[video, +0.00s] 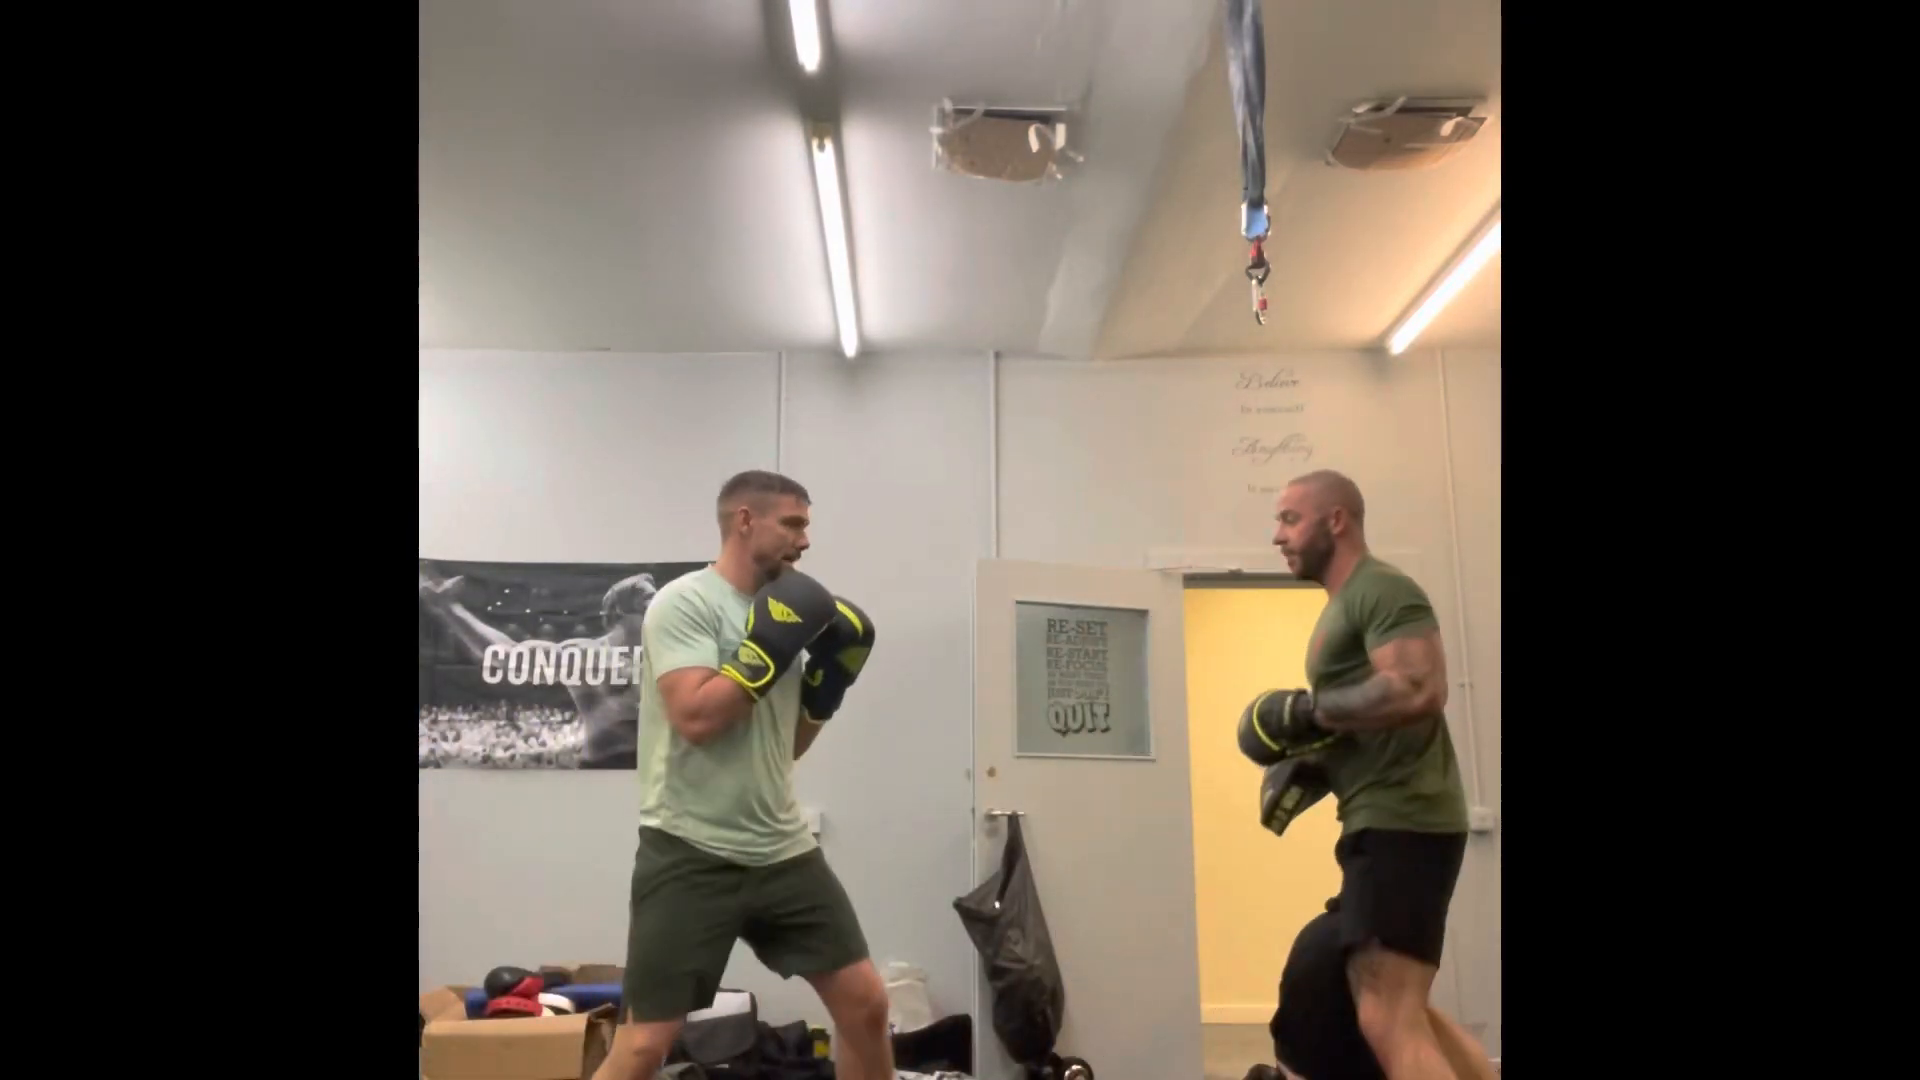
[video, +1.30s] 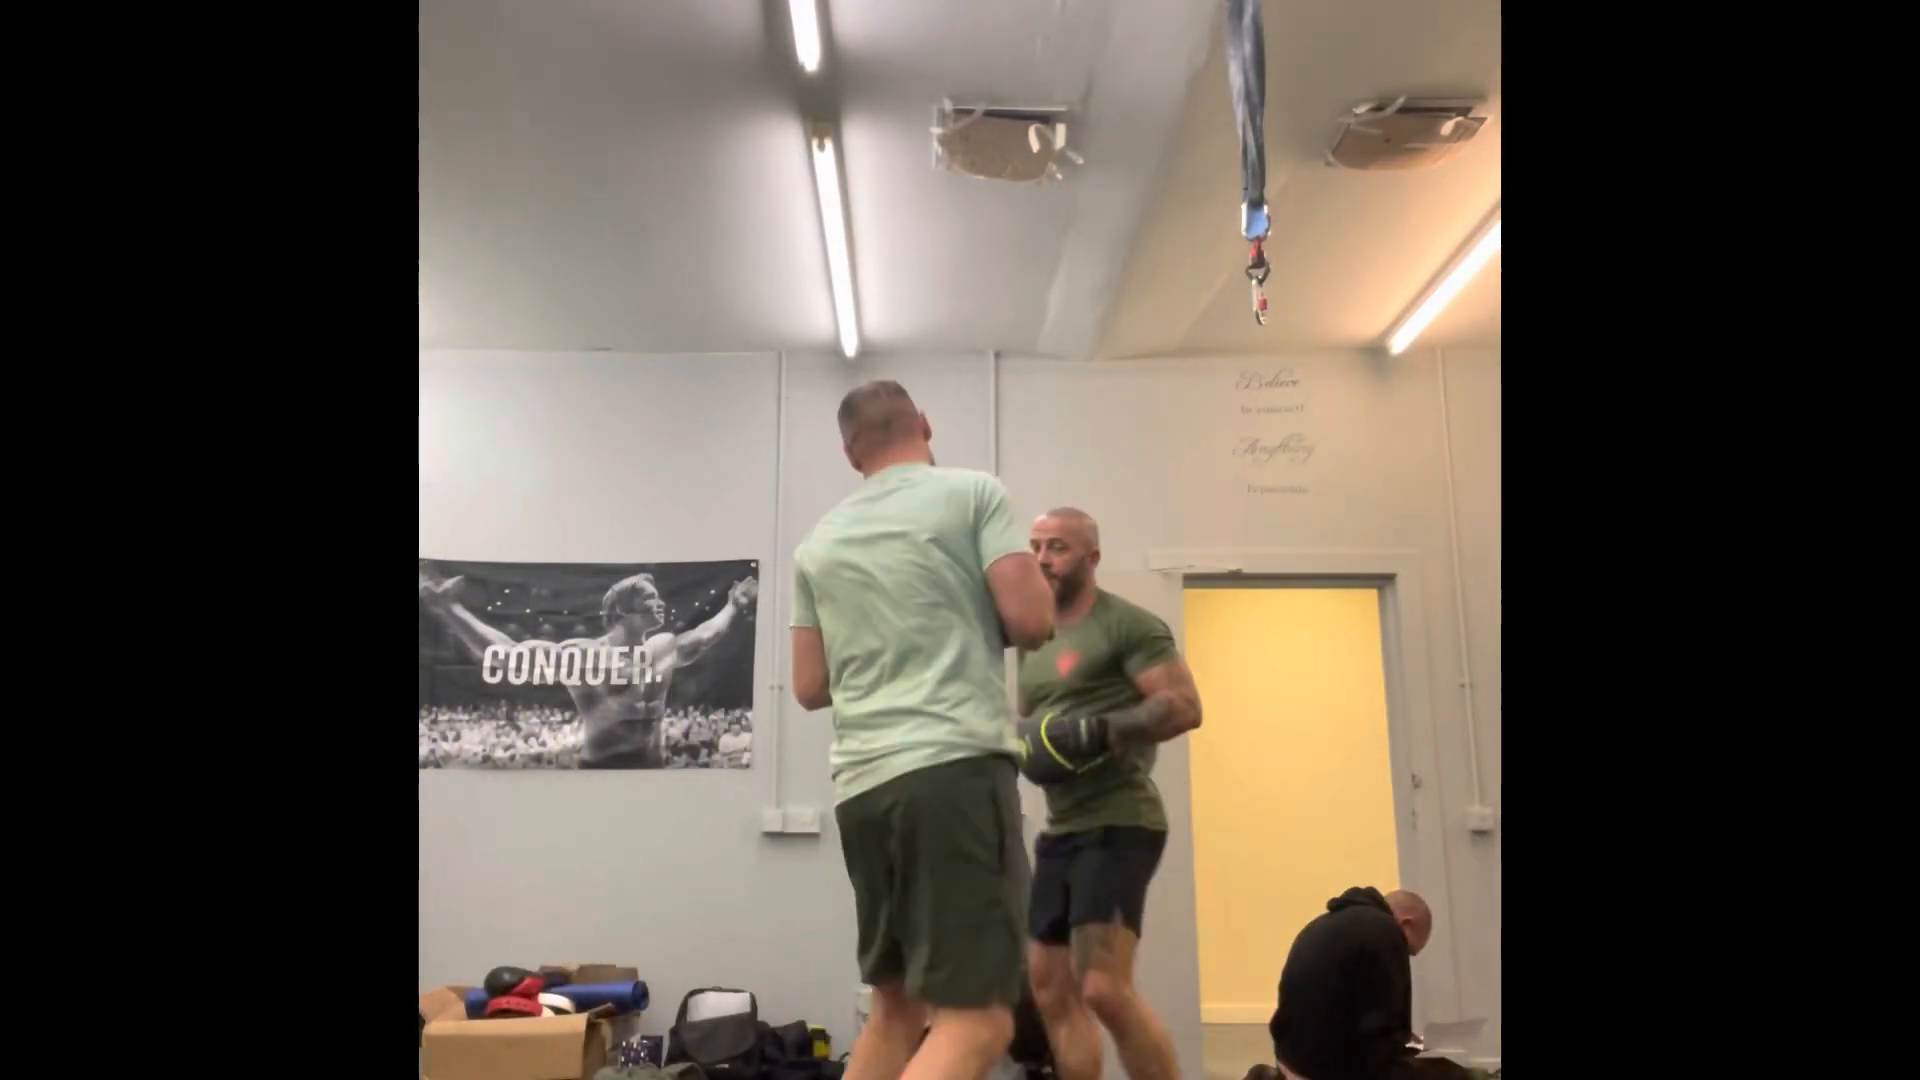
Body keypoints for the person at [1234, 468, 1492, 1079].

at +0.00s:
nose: (1279, 534)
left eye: (1291, 520)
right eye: (1278, 521)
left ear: (1337, 522)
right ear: (1333, 526)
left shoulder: (1381, 589)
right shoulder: (1345, 607)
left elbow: (1418, 689)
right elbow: (1375, 720)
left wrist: (1308, 712)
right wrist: (1319, 767)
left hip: (1406, 823)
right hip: (1383, 824)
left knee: (1387, 1012)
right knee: (1405, 1010)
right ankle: (1484, 1072)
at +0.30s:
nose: (1311, 565)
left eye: (1322, 548)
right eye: (1308, 551)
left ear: (1372, 544)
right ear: (1364, 550)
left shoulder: (1418, 601)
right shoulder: (1355, 641)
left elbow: (1347, 682)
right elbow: (1320, 740)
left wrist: (1261, 682)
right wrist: (1246, 738)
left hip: (1444, 835)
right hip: (1418, 837)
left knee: (1380, 1017)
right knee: (1452, 1025)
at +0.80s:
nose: (1262, 567)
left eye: (1272, 550)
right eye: (1258, 553)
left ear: (1321, 544)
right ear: (1318, 549)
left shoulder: (1361, 604)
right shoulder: (1339, 621)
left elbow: (1283, 699)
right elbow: (1283, 740)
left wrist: (1208, 682)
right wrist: (1205, 728)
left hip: (1408, 831)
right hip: (1419, 831)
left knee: (1340, 1016)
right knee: (1435, 1019)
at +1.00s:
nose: (1215, 541)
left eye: (1226, 525)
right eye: (1214, 527)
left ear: (1274, 529)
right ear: (1271, 532)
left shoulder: (1312, 598)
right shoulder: (1276, 614)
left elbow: (1324, 707)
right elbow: (1284, 722)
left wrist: (1225, 687)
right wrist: (1209, 735)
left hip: (1336, 831)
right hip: (1314, 831)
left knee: (1307, 1022)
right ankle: (1401, 1079)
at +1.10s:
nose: (1155, 555)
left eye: (1168, 540)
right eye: (1154, 542)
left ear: (1214, 544)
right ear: (1208, 548)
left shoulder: (1237, 605)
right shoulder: (1219, 616)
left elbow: (1242, 703)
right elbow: (1255, 737)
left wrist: (1154, 727)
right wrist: (1210, 799)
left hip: (1277, 830)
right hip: (1242, 834)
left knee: (1307, 1025)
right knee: (1212, 994)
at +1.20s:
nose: (1086, 582)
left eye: (1099, 569)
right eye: (1082, 570)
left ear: (1142, 573)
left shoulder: (1167, 634)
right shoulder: (1144, 647)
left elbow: (1181, 726)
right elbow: (1171, 768)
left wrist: (1093, 770)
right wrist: (1115, 815)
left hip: (1199, 845)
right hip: (1164, 848)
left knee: (1237, 1025)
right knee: (1110, 994)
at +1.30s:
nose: (1042, 558)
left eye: (1057, 548)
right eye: (1036, 547)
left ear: (1091, 557)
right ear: (1029, 555)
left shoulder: (1128, 624)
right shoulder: (1035, 639)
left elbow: (1183, 707)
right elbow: (1035, 720)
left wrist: (1091, 733)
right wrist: (1027, 742)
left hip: (1121, 821)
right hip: (1062, 826)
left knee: (1105, 988)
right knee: (1049, 987)